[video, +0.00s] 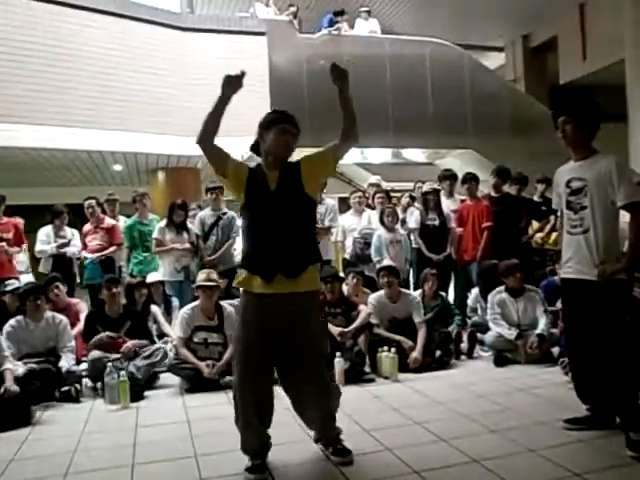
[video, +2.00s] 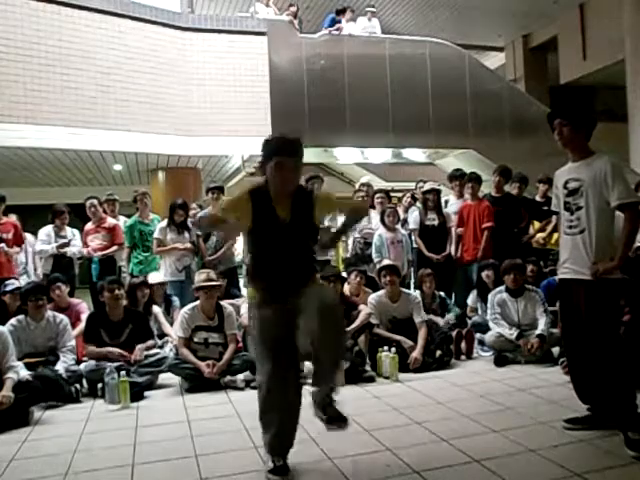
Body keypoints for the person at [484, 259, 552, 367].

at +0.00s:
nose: (518, 276)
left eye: (519, 272)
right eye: (513, 275)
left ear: (523, 274)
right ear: (504, 279)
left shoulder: (535, 293)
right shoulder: (495, 297)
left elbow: (543, 316)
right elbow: (494, 320)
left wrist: (539, 335)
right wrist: (515, 335)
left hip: (530, 331)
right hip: (508, 332)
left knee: (553, 336)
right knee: (491, 339)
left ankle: (512, 357)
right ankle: (538, 356)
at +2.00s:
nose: (513, 278)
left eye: (517, 274)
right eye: (508, 274)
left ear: (523, 276)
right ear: (503, 277)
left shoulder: (535, 293)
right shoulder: (495, 296)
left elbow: (544, 316)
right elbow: (494, 320)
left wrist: (540, 336)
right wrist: (517, 336)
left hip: (531, 332)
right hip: (509, 333)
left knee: (555, 335)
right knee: (491, 338)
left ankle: (514, 357)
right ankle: (538, 355)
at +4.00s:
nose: (517, 280)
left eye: (521, 276)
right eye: (513, 277)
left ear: (528, 279)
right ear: (508, 280)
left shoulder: (539, 296)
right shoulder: (499, 299)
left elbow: (548, 319)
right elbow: (498, 323)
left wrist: (544, 339)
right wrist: (522, 339)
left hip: (535, 335)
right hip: (512, 335)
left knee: (559, 338)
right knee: (495, 341)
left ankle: (519, 360)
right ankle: (542, 358)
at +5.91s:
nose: (517, 281)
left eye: (521, 277)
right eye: (513, 277)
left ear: (527, 278)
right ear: (508, 280)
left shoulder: (539, 296)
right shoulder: (499, 299)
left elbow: (548, 319)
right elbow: (498, 323)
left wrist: (544, 339)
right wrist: (522, 339)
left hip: (535, 334)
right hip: (513, 335)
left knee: (559, 338)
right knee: (495, 341)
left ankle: (519, 360)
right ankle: (542, 358)